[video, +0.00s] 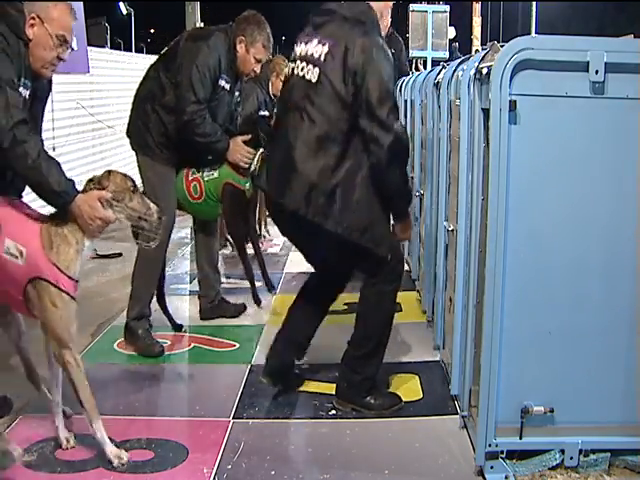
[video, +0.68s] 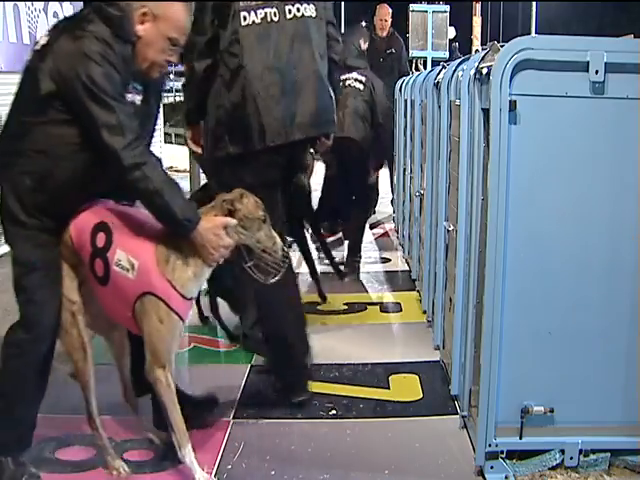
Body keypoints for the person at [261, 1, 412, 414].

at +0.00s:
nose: (391, 19)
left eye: (392, 11)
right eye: (391, 10)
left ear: (352, 3)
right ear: (377, 5)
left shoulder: (313, 31)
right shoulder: (367, 46)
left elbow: (294, 114)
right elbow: (383, 138)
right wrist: (401, 211)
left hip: (285, 187)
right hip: (327, 191)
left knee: (334, 265)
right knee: (387, 265)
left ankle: (281, 362)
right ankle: (358, 385)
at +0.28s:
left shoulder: (257, 8)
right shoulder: (352, 5)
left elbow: (236, 81)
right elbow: (372, 72)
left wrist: (253, 146)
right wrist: (390, 144)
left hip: (267, 151)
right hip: (329, 149)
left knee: (291, 260)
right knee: (360, 258)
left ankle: (283, 385)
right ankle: (355, 385)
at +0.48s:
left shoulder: (228, 9)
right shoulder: (335, 4)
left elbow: (216, 60)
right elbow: (350, 48)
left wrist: (228, 138)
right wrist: (353, 125)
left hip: (255, 125)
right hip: (316, 117)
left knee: (273, 253)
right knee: (322, 247)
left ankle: (282, 386)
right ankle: (342, 375)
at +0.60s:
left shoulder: (221, 6)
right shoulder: (323, 4)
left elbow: (209, 54)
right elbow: (340, 46)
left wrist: (201, 121)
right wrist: (336, 121)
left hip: (251, 119)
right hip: (313, 112)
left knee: (264, 247)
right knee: (287, 233)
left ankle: (283, 383)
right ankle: (318, 345)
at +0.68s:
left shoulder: (213, 6)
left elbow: (201, 48)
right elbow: (327, 40)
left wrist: (194, 116)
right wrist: (322, 116)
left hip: (242, 116)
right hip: (305, 106)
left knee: (264, 245)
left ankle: (291, 376)